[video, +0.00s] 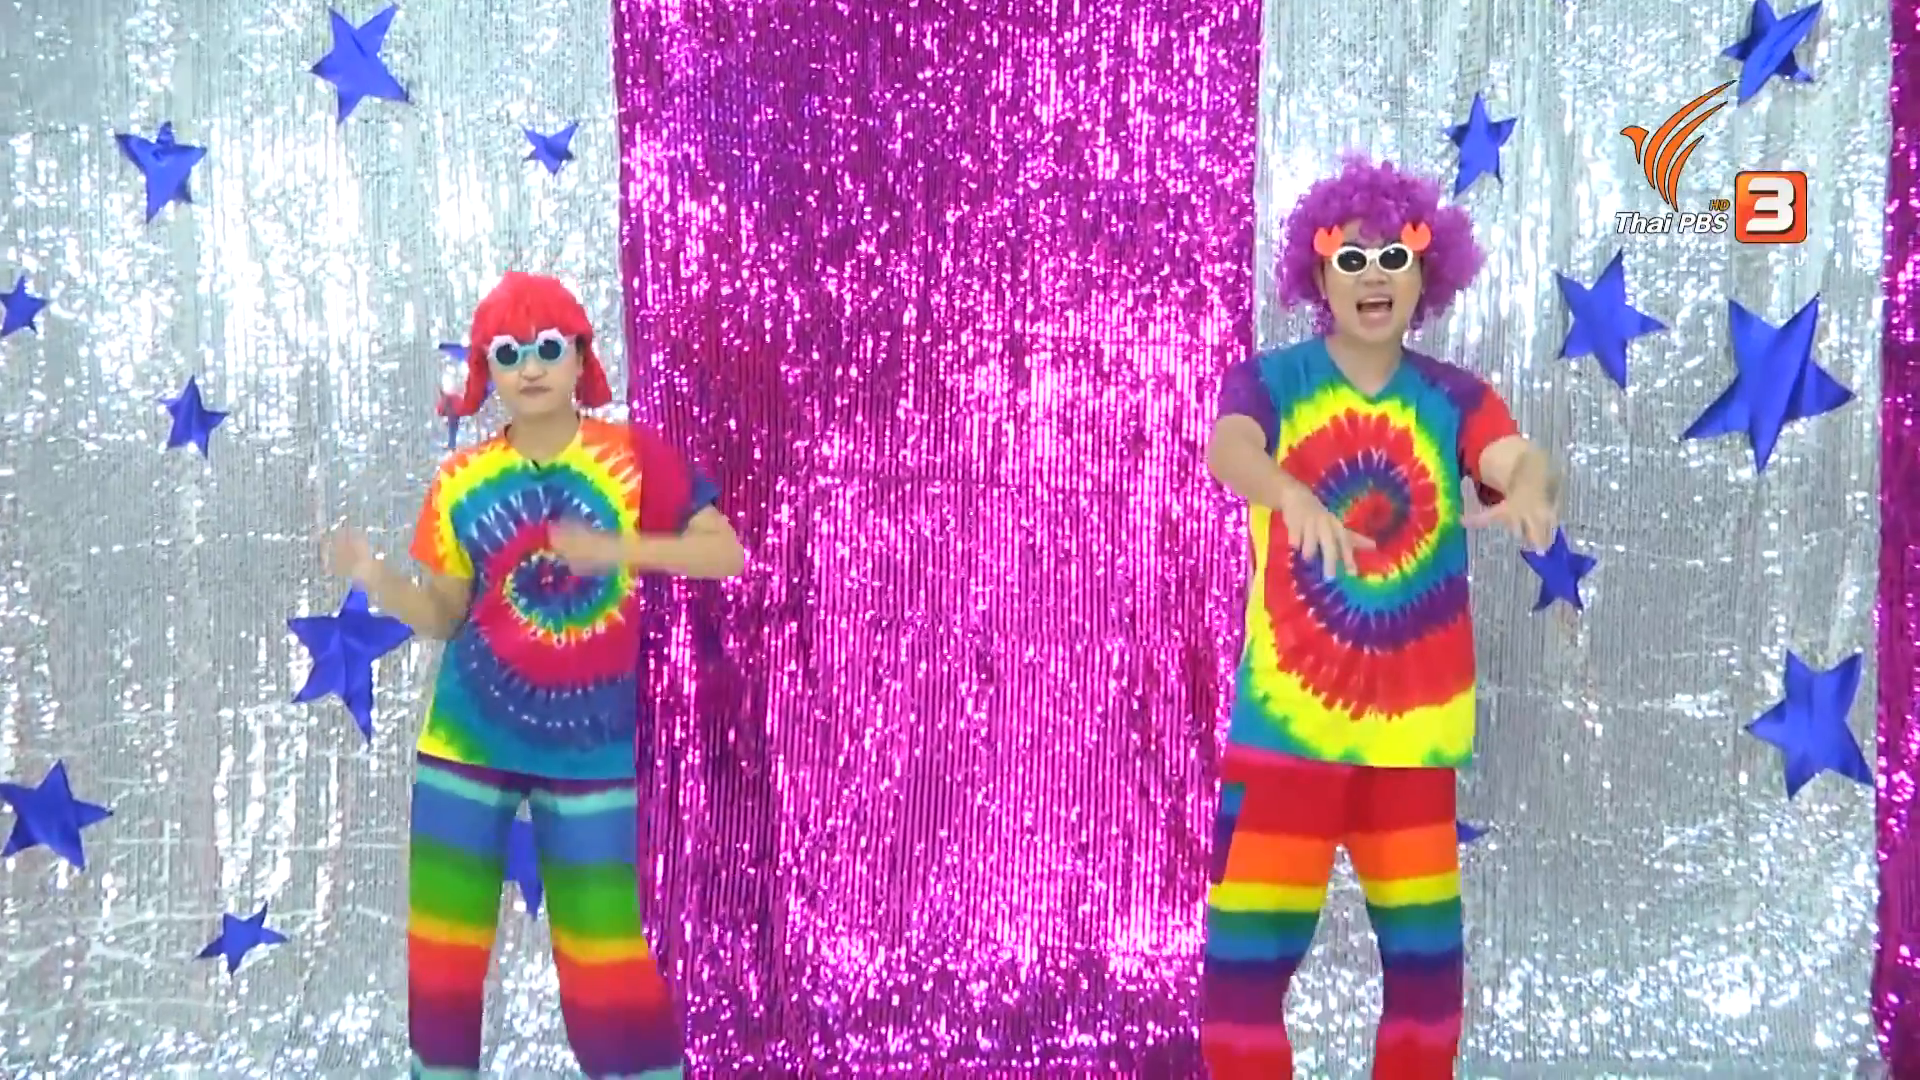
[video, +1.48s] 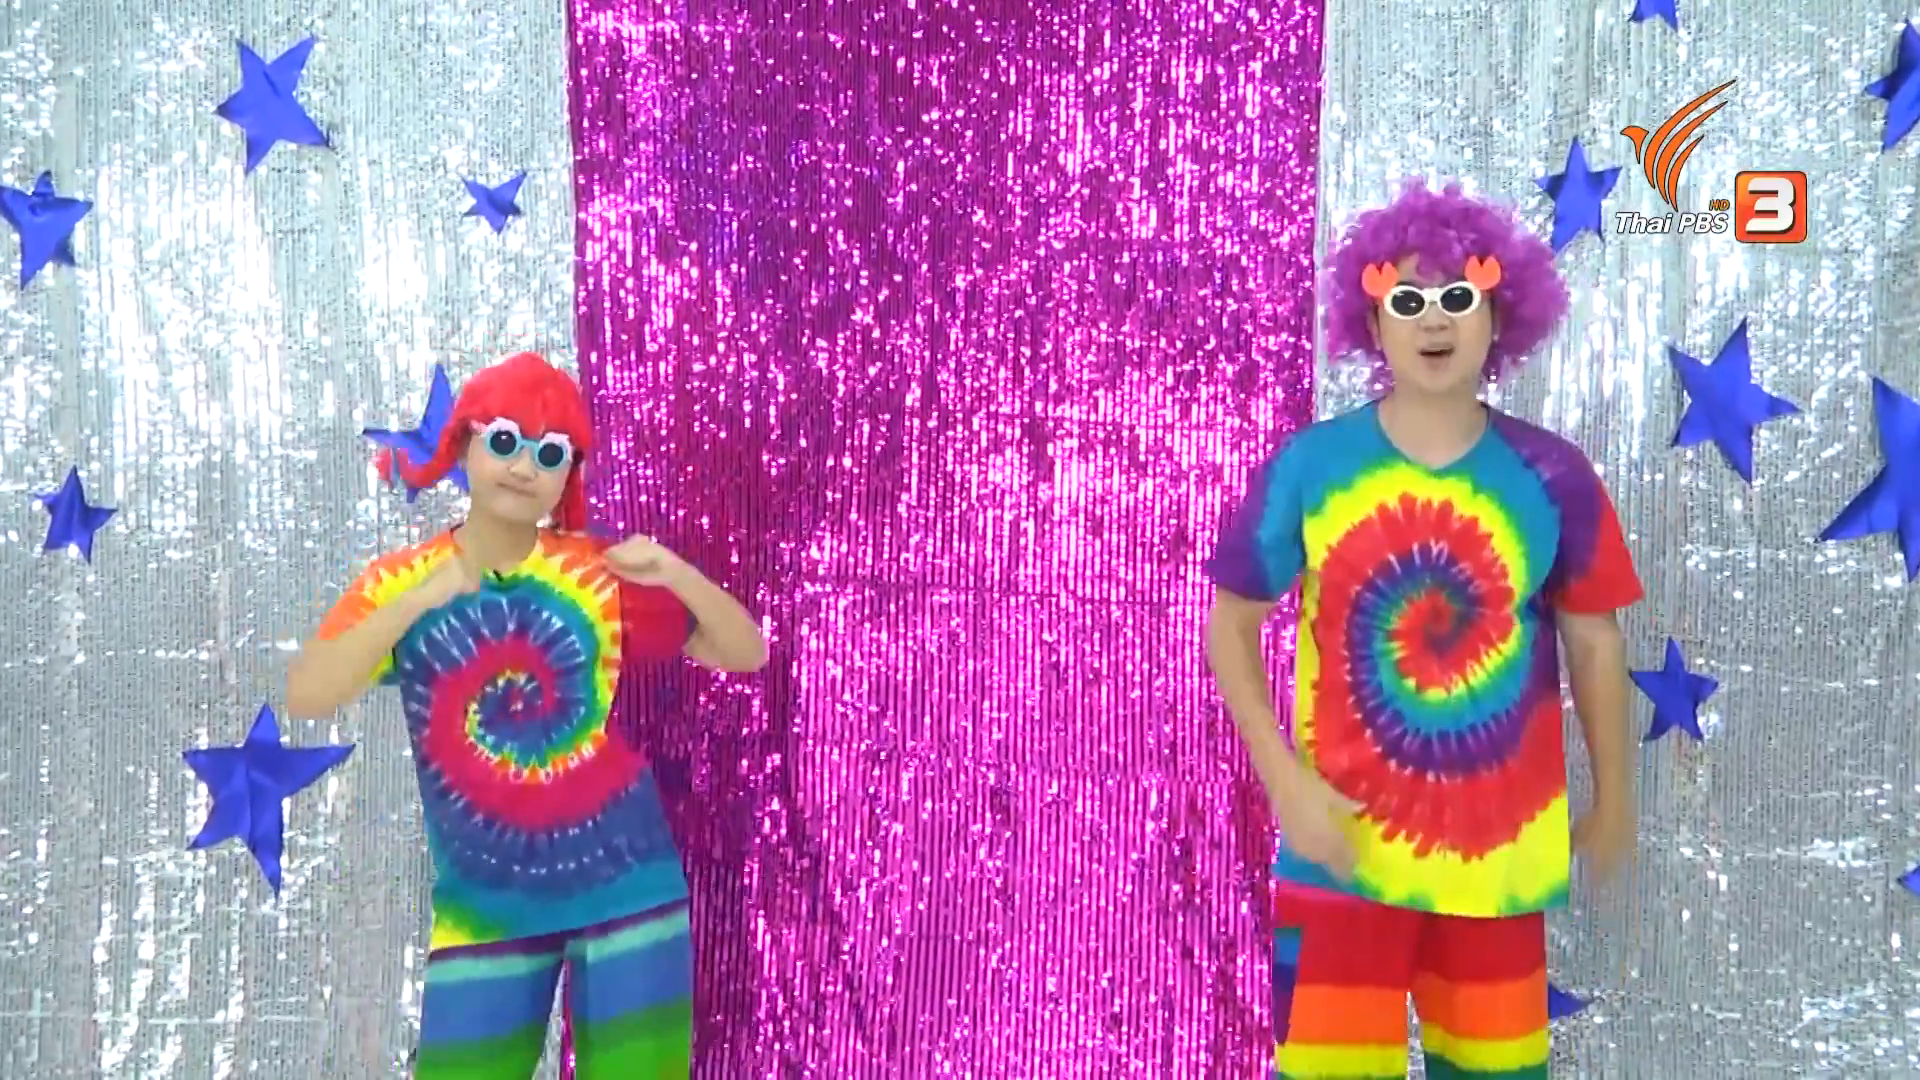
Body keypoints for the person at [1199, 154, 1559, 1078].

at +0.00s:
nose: (1374, 277)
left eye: (1393, 257)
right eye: (1352, 258)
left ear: (1423, 278)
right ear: (1319, 278)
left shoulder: (1459, 397)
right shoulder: (1270, 380)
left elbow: (1522, 464)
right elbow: (1230, 453)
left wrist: (1530, 493)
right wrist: (1294, 494)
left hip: (1414, 733)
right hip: (1286, 730)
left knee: (1428, 962)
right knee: (1247, 958)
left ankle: (1414, 1072)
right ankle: (1246, 1072)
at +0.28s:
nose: (1350, 265)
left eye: (1371, 245)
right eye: (1327, 247)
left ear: (1403, 267)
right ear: (1295, 270)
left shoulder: (1435, 387)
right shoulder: (1257, 377)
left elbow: (1526, 415)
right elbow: (1182, 409)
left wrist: (1498, 352)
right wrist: (1174, 396)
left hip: (1414, 727)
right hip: (1284, 729)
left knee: (1426, 964)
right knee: (1268, 968)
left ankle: (1432, 1079)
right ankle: (1259, 1078)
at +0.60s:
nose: (1311, 334)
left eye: (1333, 314)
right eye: (1288, 315)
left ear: (1367, 334)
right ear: (1257, 336)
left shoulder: (1428, 449)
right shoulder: (1221, 465)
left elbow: (1505, 517)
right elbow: (1151, 543)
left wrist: (1464, 567)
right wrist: (1146, 591)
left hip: (1410, 824)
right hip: (1269, 828)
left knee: (1442, 1056)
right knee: (1265, 1058)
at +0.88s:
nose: (1389, 313)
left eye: (1410, 292)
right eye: (1364, 295)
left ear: (1444, 310)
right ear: (1330, 317)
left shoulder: (1490, 431)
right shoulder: (1291, 433)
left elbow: (1596, 469)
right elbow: (1184, 473)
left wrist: (1571, 404)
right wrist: (1220, 443)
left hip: (1461, 801)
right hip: (1322, 801)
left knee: (1474, 1042)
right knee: (1312, 1040)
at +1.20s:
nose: (1474, 361)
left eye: (1497, 340)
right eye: (1449, 342)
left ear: (1531, 358)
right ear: (1414, 361)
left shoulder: (1571, 502)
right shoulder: (1349, 492)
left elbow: (1613, 665)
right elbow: (1296, 648)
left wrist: (1596, 816)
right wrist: (1395, 785)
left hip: (1513, 884)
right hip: (1363, 874)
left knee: (1517, 1066)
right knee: (1335, 1066)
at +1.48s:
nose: (1432, 320)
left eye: (1456, 298)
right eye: (1406, 300)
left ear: (1496, 318)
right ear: (1373, 324)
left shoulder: (1554, 474)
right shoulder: (1312, 466)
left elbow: (1595, 642)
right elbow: (1230, 622)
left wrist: (1613, 802)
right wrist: (1285, 777)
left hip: (1499, 864)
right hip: (1345, 856)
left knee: (1499, 1064)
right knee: (1334, 1066)